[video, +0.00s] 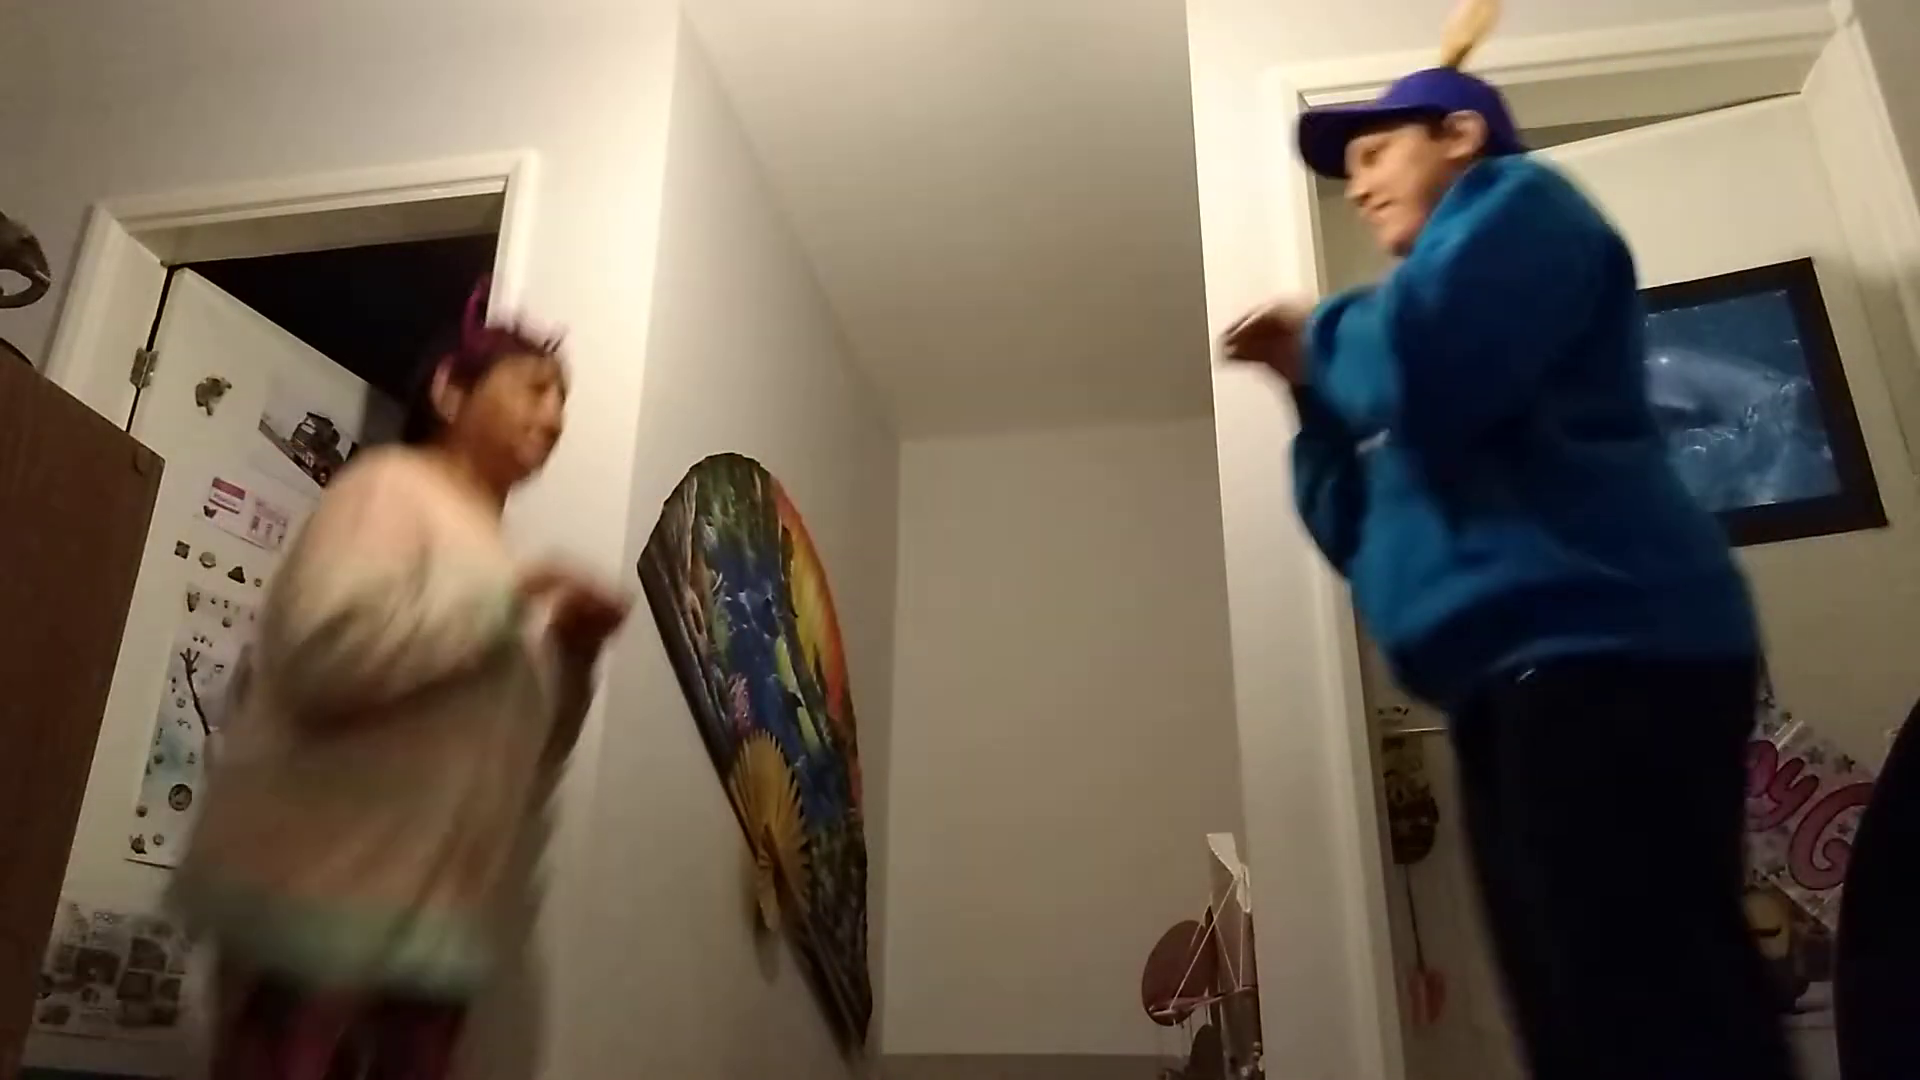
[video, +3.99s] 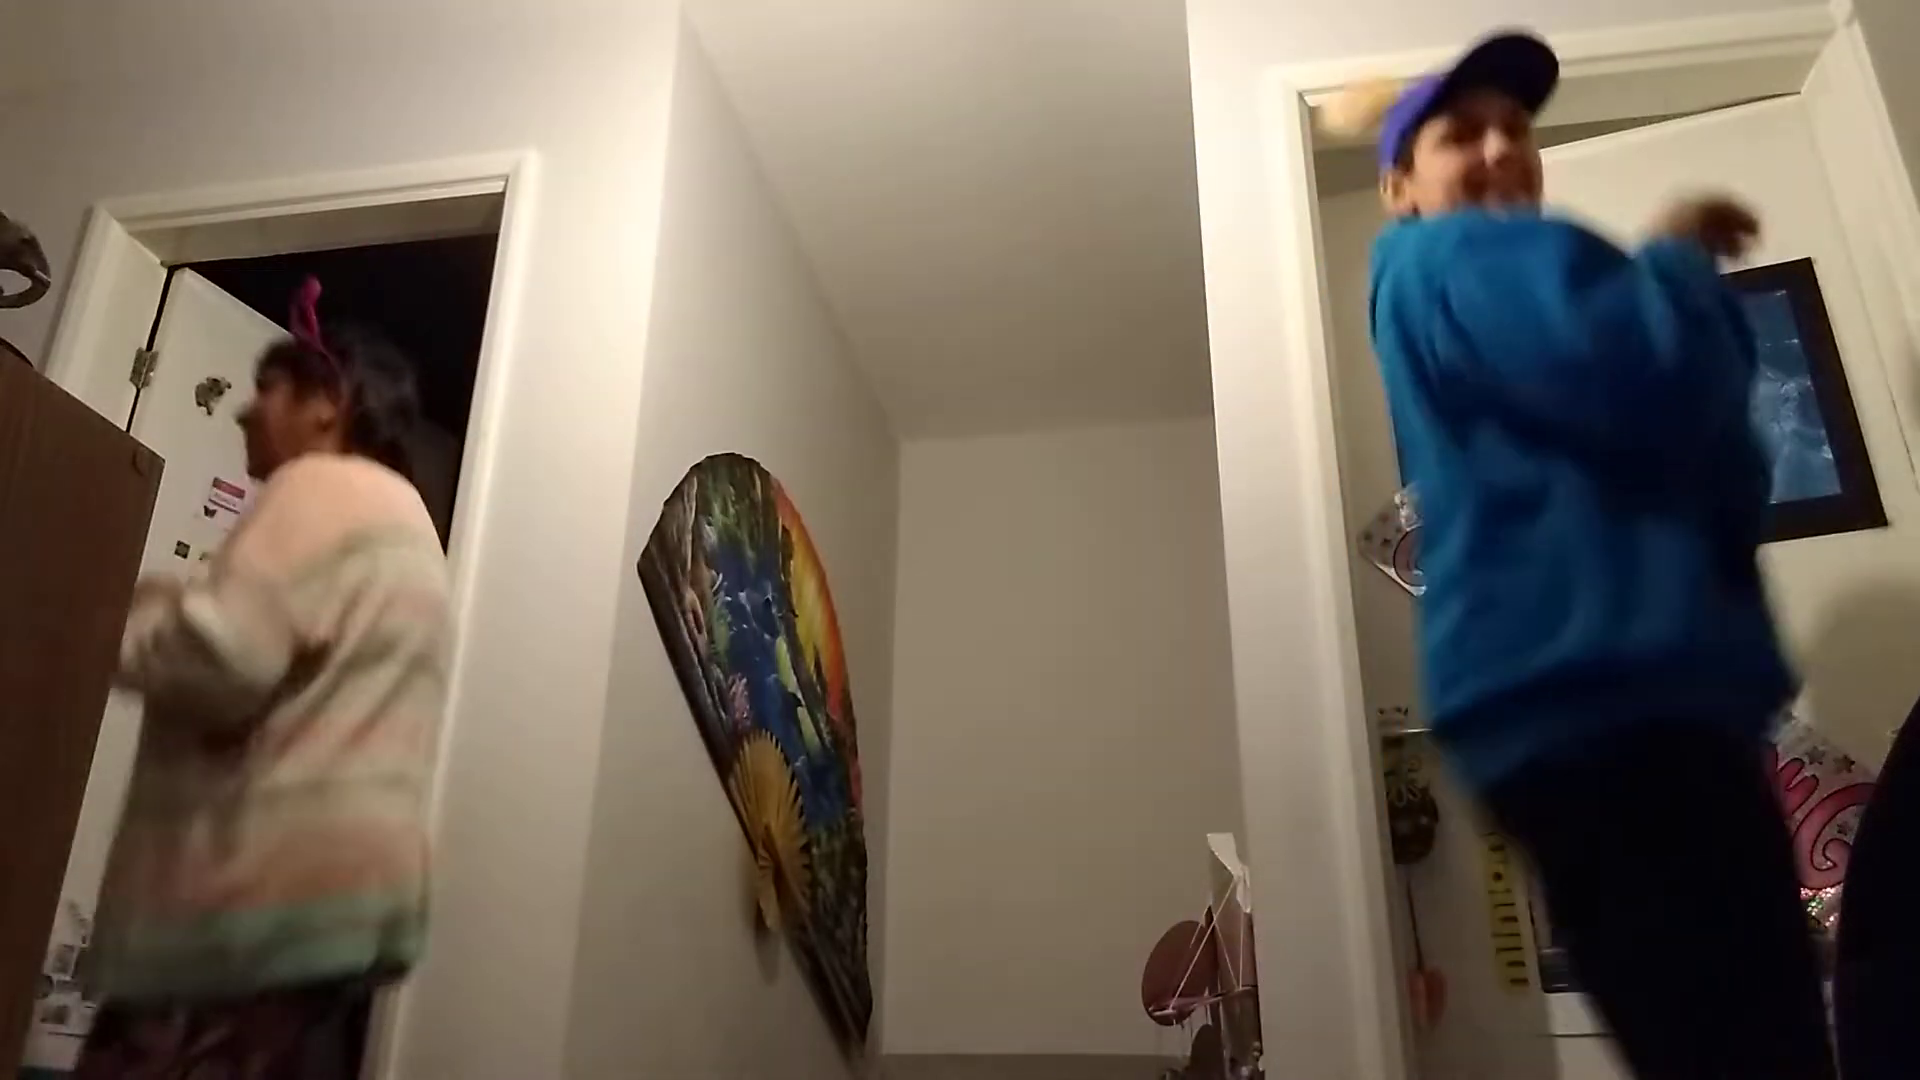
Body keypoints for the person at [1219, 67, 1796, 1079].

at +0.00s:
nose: (1357, 185)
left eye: (1375, 151)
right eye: (1349, 171)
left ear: (1460, 135)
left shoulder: (1525, 205)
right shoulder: (1418, 311)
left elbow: (1428, 354)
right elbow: (1356, 533)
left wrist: (1314, 336)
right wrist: (1306, 387)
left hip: (1613, 653)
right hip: (1503, 684)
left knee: (1638, 993)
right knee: (1561, 1002)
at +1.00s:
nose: (1014, 313)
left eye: (1018, 284)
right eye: (1008, 295)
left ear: (1068, 253)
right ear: (1132, 262)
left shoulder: (1098, 316)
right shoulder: (1225, 387)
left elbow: (992, 551)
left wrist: (967, 479)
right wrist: (995, 476)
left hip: (1137, 761)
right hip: (1289, 774)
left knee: (1103, 1052)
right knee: (1246, 1056)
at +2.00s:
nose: (1016, 286)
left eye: (1022, 273)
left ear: (1031, 284)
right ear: (1151, 281)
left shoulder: (953, 392)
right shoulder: (1220, 379)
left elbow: (941, 576)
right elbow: (1299, 580)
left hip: (1035, 768)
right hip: (1266, 753)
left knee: (1061, 1048)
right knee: (1266, 1048)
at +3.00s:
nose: (1296, 251)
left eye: (1295, 233)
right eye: (1275, 226)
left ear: (1177, 229)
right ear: (1201, 217)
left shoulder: (1114, 342)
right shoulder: (1243, 290)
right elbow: (1350, 493)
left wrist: (1379, 432)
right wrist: (1410, 438)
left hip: (1026, 749)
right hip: (1175, 739)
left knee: (1104, 1054)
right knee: (1279, 1049)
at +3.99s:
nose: (1499, 150)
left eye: (1516, 131)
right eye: (1460, 132)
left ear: (1541, 162)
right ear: (1398, 186)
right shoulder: (1456, 255)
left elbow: (1732, 473)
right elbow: (1642, 374)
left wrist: (1685, 279)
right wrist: (1682, 252)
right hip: (1597, 699)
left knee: (1723, 1023)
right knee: (1743, 1021)